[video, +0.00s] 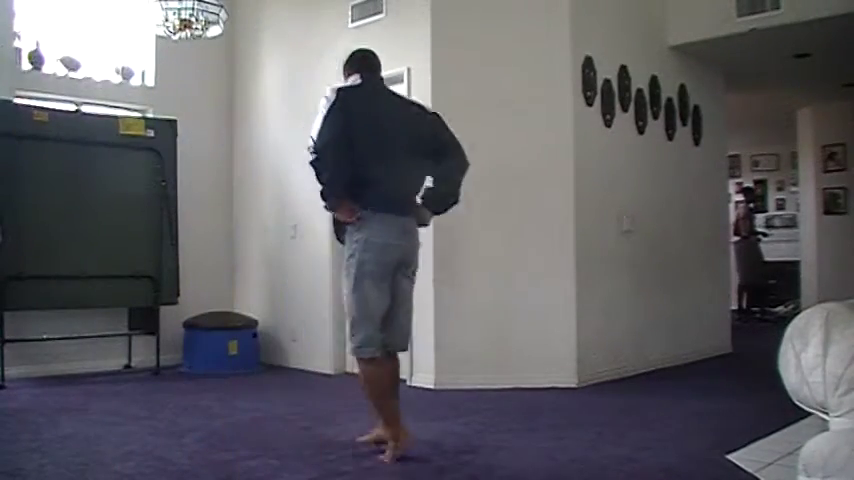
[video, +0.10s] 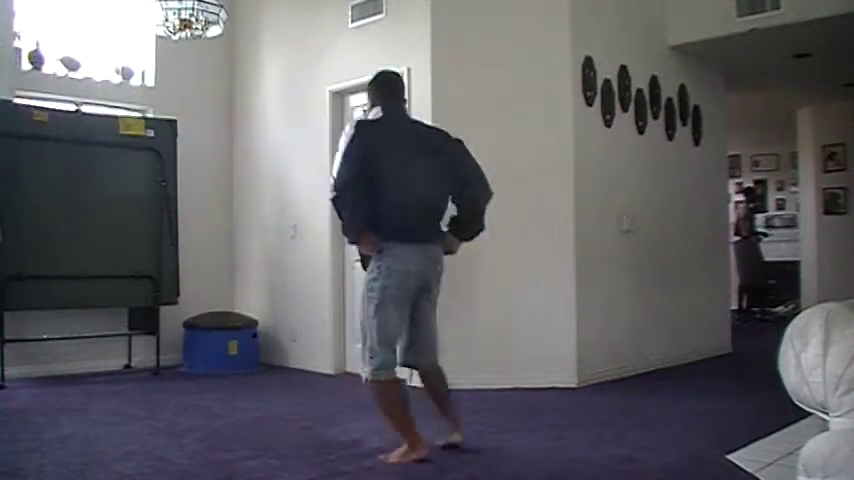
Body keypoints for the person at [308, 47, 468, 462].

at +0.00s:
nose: (346, 85)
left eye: (346, 78)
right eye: (351, 78)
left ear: (349, 75)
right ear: (380, 74)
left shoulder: (345, 101)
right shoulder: (414, 110)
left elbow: (324, 154)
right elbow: (454, 161)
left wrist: (338, 202)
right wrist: (427, 207)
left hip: (369, 227)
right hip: (406, 228)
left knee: (366, 339)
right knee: (390, 337)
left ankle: (396, 434)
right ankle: (386, 424)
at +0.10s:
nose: (369, 106)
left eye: (369, 100)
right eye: (373, 99)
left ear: (372, 100)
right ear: (404, 98)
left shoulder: (364, 133)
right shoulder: (437, 138)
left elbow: (344, 191)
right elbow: (477, 192)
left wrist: (362, 237)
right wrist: (456, 235)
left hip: (390, 259)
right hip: (430, 258)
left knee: (378, 365)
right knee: (424, 355)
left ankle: (412, 443)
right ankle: (454, 427)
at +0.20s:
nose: (402, 101)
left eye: (398, 95)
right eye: (416, 92)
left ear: (397, 97)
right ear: (429, 95)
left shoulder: (387, 141)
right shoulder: (458, 137)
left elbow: (370, 188)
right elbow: (503, 179)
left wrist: (388, 230)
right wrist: (481, 223)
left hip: (415, 257)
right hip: (456, 254)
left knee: (394, 359)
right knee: (466, 345)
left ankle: (415, 444)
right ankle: (502, 423)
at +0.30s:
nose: (438, 84)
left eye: (432, 78)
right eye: (448, 75)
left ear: (428, 80)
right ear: (460, 78)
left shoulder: (414, 120)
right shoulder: (491, 117)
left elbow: (396, 164)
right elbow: (535, 155)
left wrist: (419, 206)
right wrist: (514, 198)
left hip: (444, 234)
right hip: (488, 230)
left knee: (420, 339)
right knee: (515, 330)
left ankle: (417, 435)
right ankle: (539, 412)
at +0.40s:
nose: (474, 84)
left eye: (466, 79)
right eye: (483, 77)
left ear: (460, 82)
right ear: (494, 80)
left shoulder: (444, 119)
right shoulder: (523, 114)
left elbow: (423, 165)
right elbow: (566, 159)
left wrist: (450, 213)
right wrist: (547, 202)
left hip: (473, 233)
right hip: (520, 229)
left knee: (450, 340)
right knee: (554, 331)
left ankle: (437, 433)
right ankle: (578, 418)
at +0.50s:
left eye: (502, 101)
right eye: (520, 101)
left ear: (495, 105)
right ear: (527, 104)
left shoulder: (474, 140)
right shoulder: (556, 138)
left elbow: (450, 193)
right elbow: (594, 185)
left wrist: (473, 232)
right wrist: (579, 228)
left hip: (504, 256)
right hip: (549, 253)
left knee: (488, 358)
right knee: (580, 353)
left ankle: (470, 440)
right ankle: (598, 438)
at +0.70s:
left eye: (524, 86)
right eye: (545, 86)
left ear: (519, 88)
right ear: (553, 89)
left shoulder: (491, 123)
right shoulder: (573, 124)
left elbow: (454, 151)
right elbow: (607, 167)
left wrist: (479, 196)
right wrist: (584, 206)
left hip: (507, 236)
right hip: (551, 233)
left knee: (537, 332)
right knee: (578, 333)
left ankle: (539, 422)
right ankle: (589, 431)